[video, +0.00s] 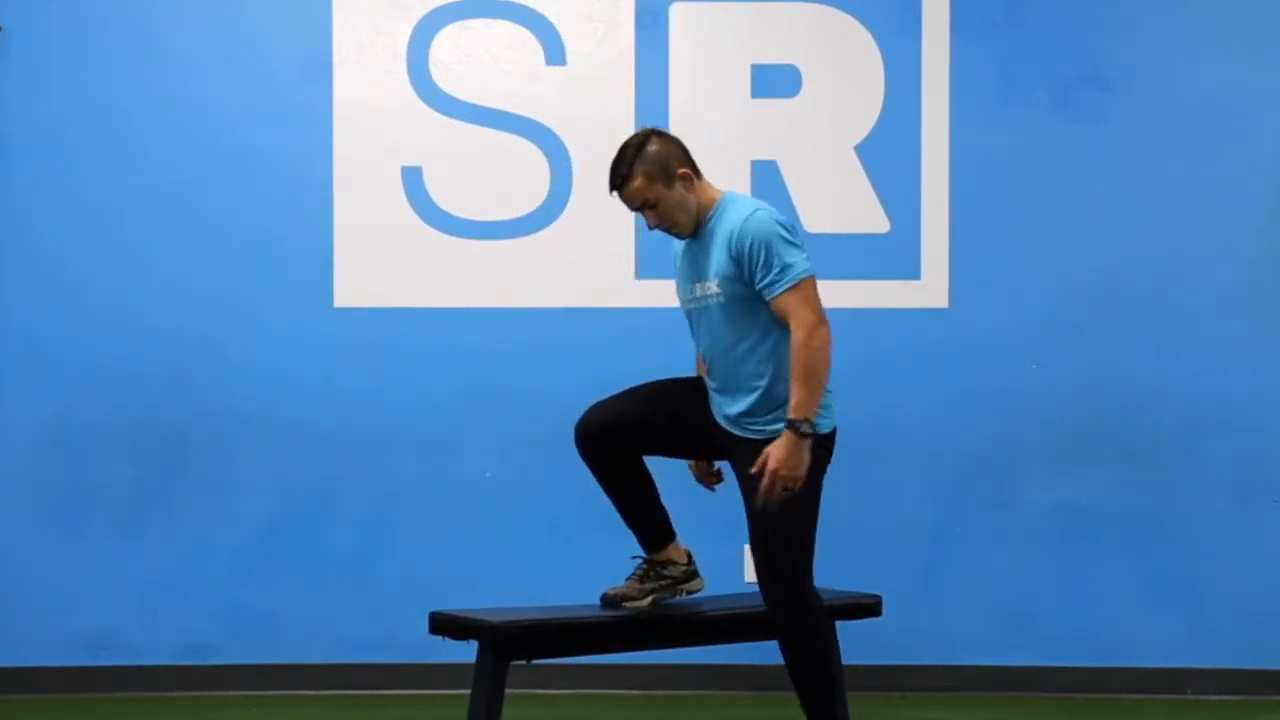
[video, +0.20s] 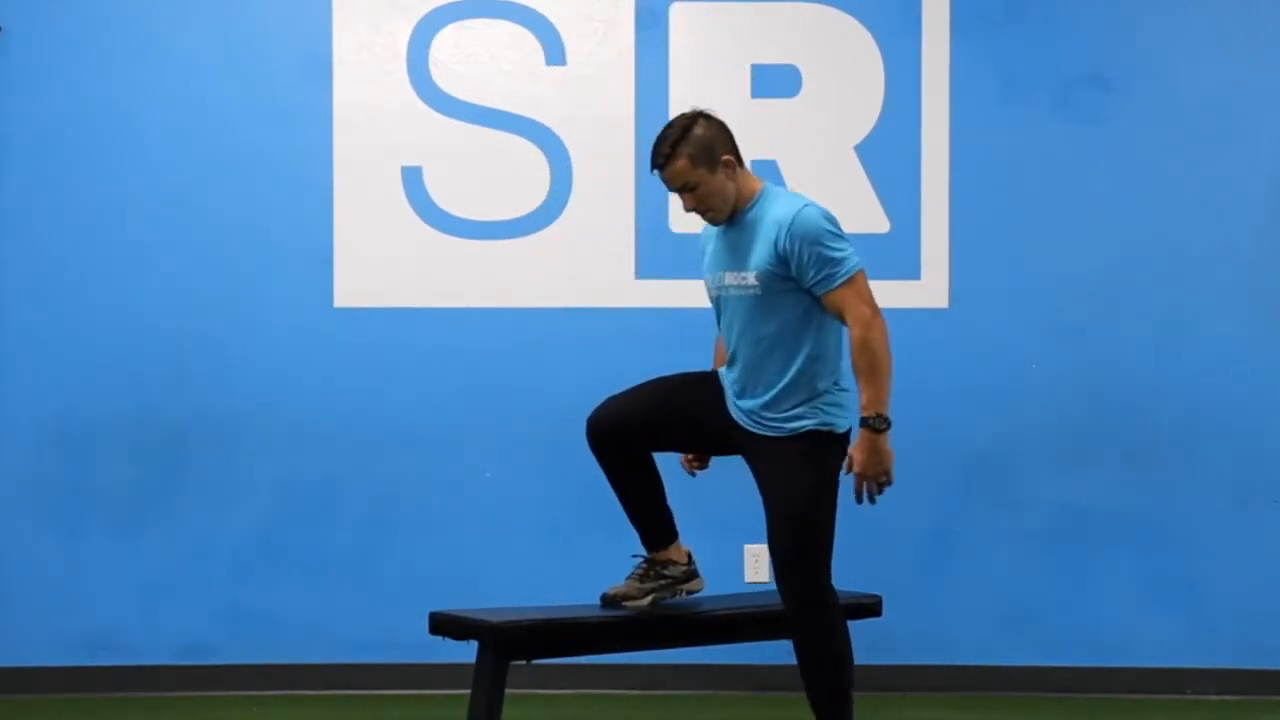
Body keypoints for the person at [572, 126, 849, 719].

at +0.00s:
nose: (649, 222)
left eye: (650, 206)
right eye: (641, 212)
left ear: (685, 179)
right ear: (675, 184)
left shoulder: (753, 228)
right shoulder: (694, 245)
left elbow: (811, 324)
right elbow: (711, 349)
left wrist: (798, 433)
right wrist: (701, 438)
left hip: (779, 430)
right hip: (719, 411)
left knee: (788, 595)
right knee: (601, 431)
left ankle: (829, 713)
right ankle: (667, 561)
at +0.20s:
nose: (685, 204)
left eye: (689, 189)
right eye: (677, 194)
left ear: (729, 166)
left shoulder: (801, 226)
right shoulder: (717, 238)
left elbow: (866, 319)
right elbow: (730, 338)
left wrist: (874, 427)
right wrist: (703, 428)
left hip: (801, 428)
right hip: (735, 407)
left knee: (805, 592)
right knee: (612, 426)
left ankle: (834, 715)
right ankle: (668, 561)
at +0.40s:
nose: (723, 194)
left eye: (729, 179)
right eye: (716, 182)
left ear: (768, 158)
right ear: (717, 173)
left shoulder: (840, 220)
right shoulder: (745, 223)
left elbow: (895, 322)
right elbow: (748, 323)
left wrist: (879, 426)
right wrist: (707, 415)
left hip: (813, 428)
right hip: (747, 400)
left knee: (816, 596)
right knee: (624, 417)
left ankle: (837, 716)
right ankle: (664, 551)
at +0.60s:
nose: (745, 184)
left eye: (751, 169)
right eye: (737, 171)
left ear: (792, 151)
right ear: (739, 162)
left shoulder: (854, 214)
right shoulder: (763, 214)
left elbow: (904, 319)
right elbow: (761, 312)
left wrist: (870, 416)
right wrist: (733, 380)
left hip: (817, 426)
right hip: (754, 394)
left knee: (817, 588)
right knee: (640, 425)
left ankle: (837, 714)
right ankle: (745, 539)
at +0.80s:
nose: (752, 185)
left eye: (759, 170)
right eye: (744, 173)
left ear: (798, 149)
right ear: (747, 163)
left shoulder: (863, 216)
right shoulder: (766, 216)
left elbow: (908, 324)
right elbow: (766, 321)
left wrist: (880, 419)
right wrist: (723, 408)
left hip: (827, 434)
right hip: (753, 424)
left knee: (825, 599)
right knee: (699, 537)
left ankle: (840, 715)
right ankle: (778, 675)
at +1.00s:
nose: (750, 188)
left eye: (758, 173)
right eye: (742, 175)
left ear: (797, 154)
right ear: (737, 164)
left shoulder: (862, 218)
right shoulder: (760, 221)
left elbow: (911, 325)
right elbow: (761, 326)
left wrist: (894, 425)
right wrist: (727, 417)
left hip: (830, 439)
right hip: (759, 442)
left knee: (827, 597)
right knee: (760, 593)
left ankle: (839, 714)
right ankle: (800, 713)